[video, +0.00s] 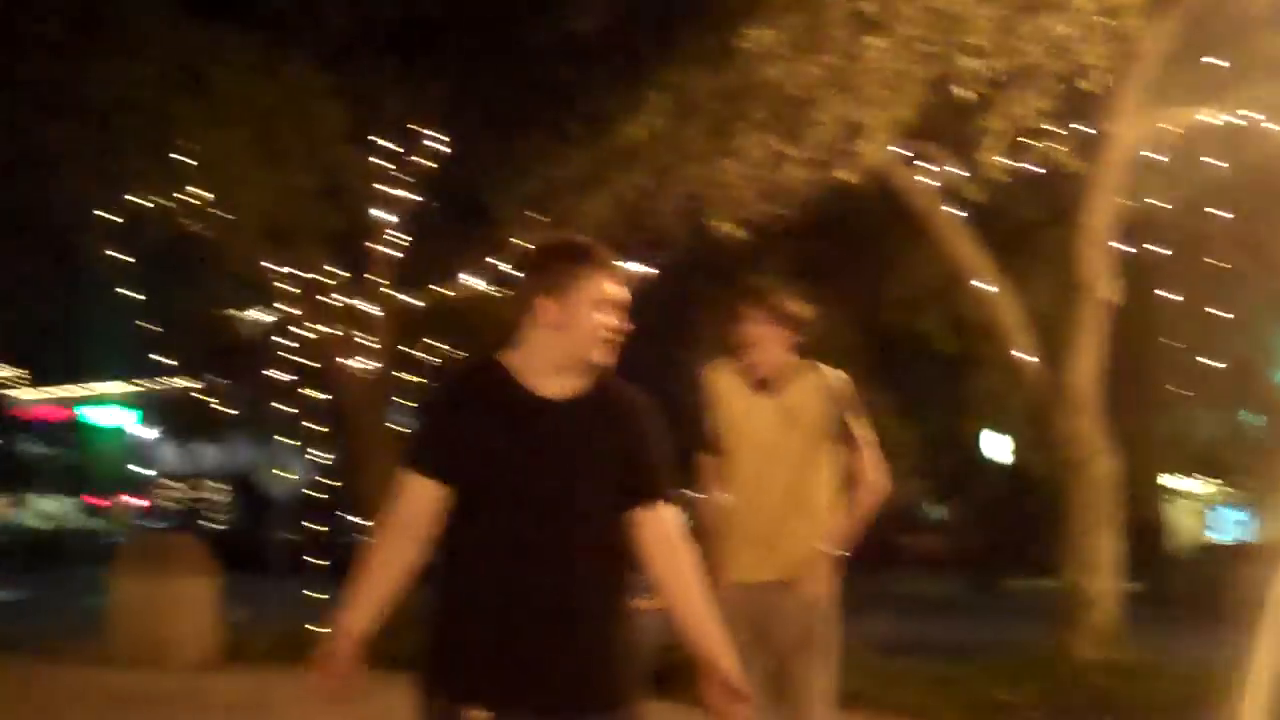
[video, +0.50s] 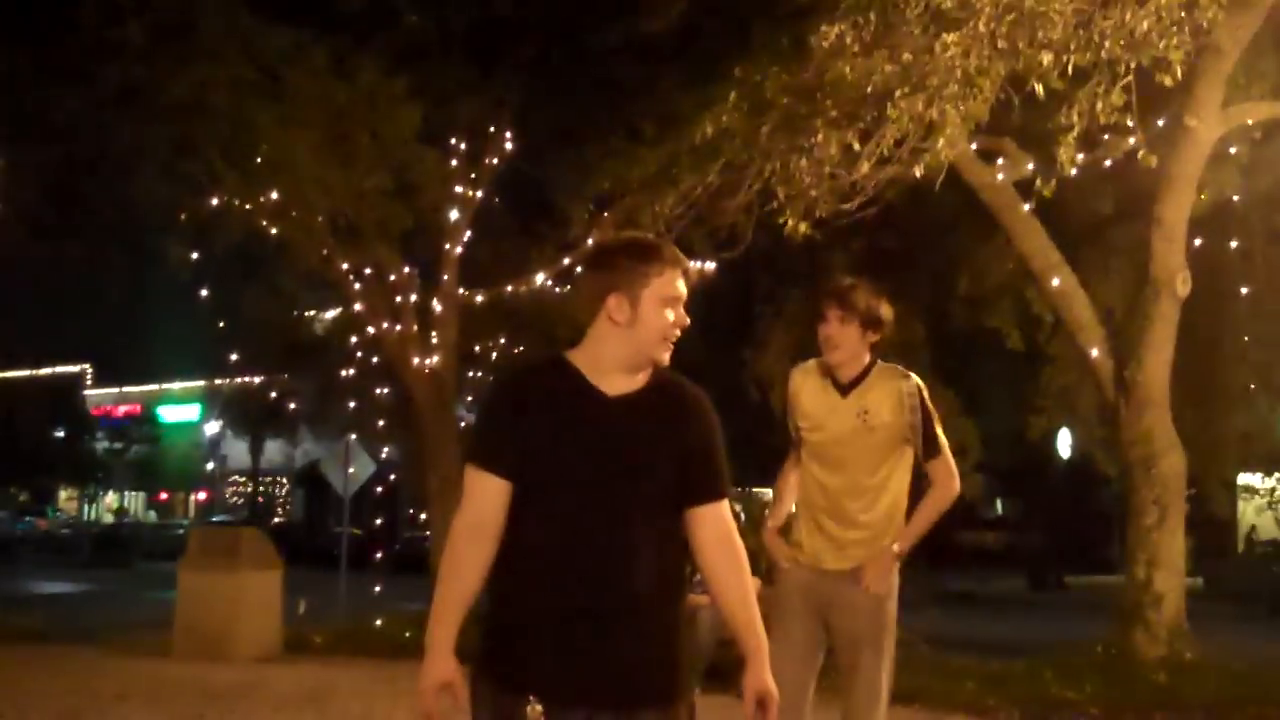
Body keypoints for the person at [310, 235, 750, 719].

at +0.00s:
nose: (621, 325)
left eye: (623, 311)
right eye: (605, 307)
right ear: (545, 309)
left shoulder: (622, 414)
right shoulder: (466, 398)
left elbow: (665, 543)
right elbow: (407, 528)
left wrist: (719, 664)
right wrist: (346, 638)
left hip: (588, 686)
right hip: (473, 685)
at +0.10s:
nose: (689, 325)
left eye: (688, 310)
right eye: (674, 308)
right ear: (618, 312)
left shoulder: (689, 414)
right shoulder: (532, 399)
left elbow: (728, 544)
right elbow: (479, 526)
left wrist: (776, 660)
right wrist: (431, 640)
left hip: (653, 680)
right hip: (537, 678)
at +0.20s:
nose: (711, 322)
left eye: (710, 307)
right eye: (698, 307)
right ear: (644, 310)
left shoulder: (714, 413)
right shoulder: (554, 396)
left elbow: (746, 539)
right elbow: (504, 524)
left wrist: (788, 655)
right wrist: (462, 646)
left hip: (672, 686)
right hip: (556, 684)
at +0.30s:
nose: (722, 321)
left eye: (721, 307)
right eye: (709, 305)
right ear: (655, 309)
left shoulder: (724, 411)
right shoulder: (565, 396)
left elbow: (757, 538)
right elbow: (519, 526)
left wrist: (798, 656)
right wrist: (481, 650)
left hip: (685, 685)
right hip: (567, 682)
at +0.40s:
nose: (698, 323)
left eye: (698, 309)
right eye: (684, 308)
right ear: (631, 310)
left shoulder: (697, 412)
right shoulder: (537, 397)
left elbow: (728, 543)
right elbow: (489, 529)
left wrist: (766, 661)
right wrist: (451, 654)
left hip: (650, 682)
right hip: (533, 680)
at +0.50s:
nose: (683, 321)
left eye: (682, 306)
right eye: (670, 304)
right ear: (617, 308)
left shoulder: (683, 410)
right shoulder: (525, 394)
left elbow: (716, 538)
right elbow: (477, 525)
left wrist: (757, 655)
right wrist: (439, 647)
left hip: (644, 687)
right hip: (527, 685)